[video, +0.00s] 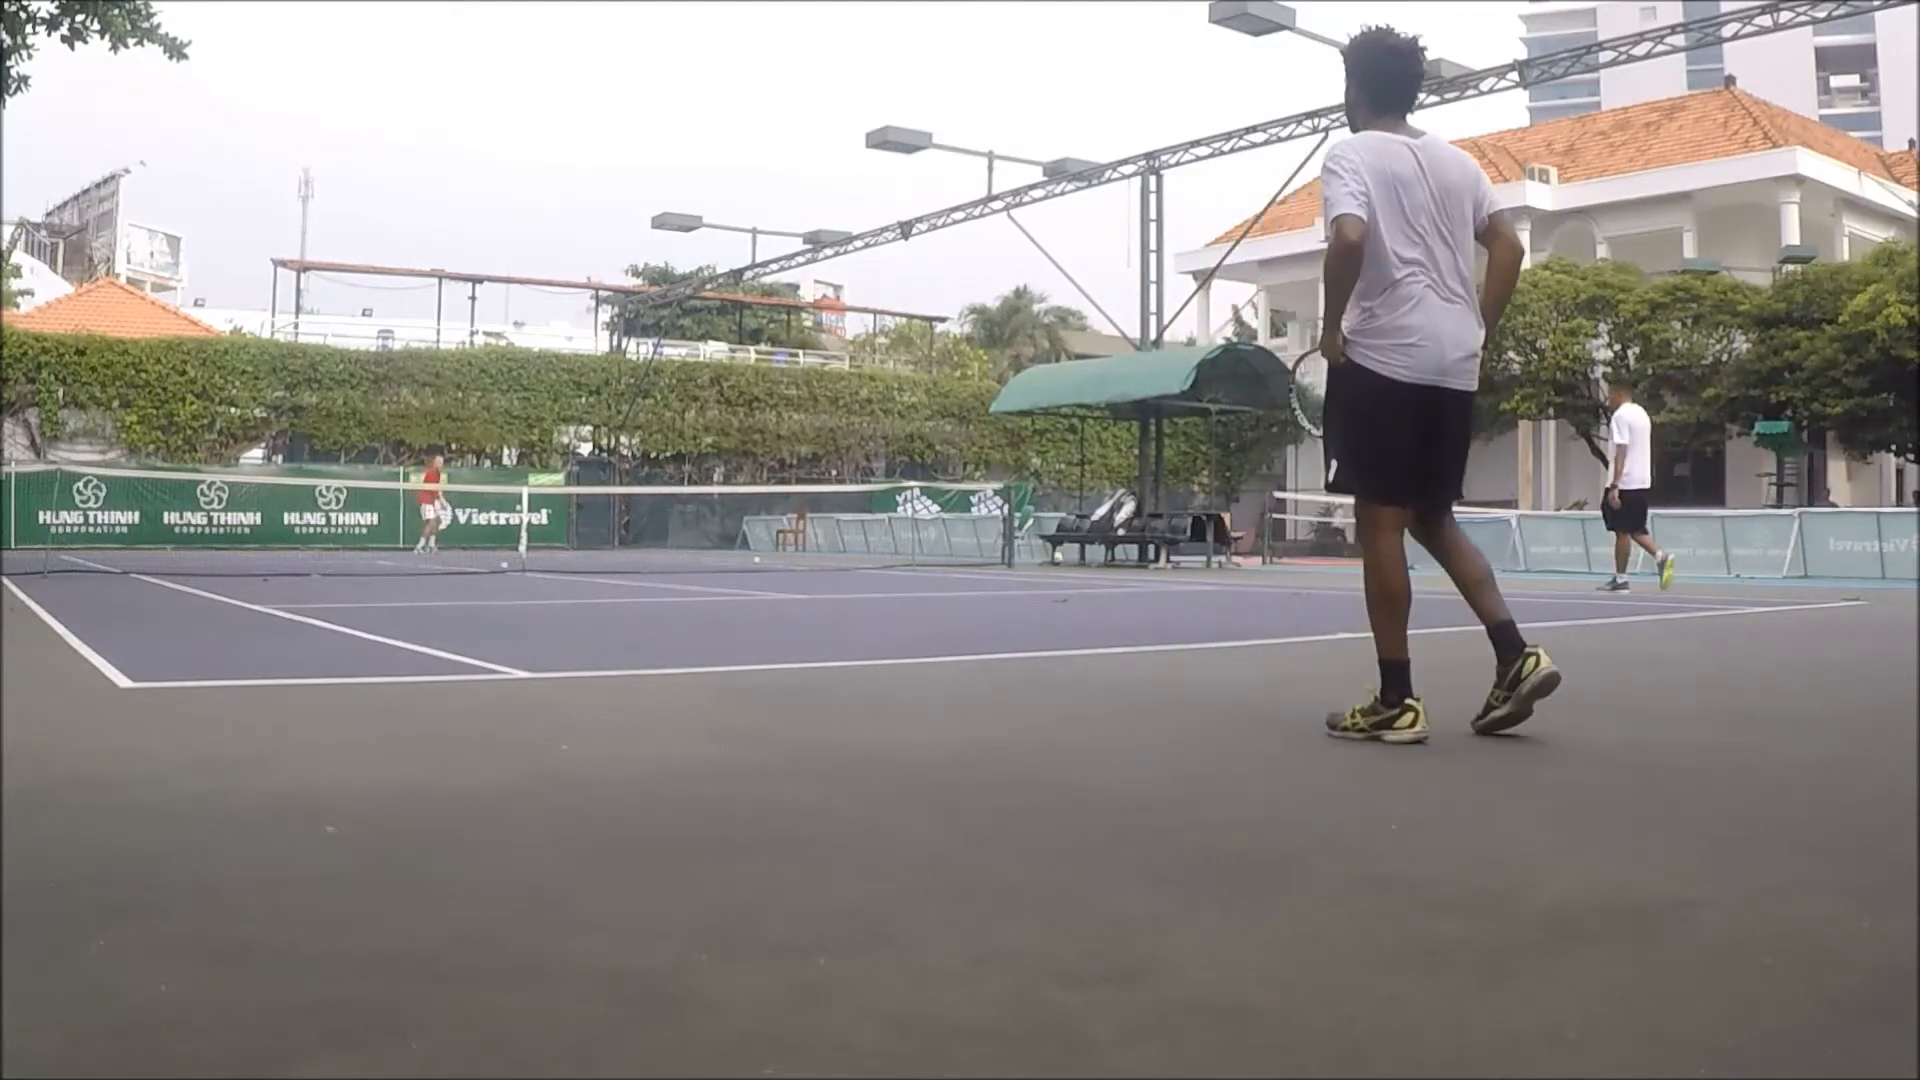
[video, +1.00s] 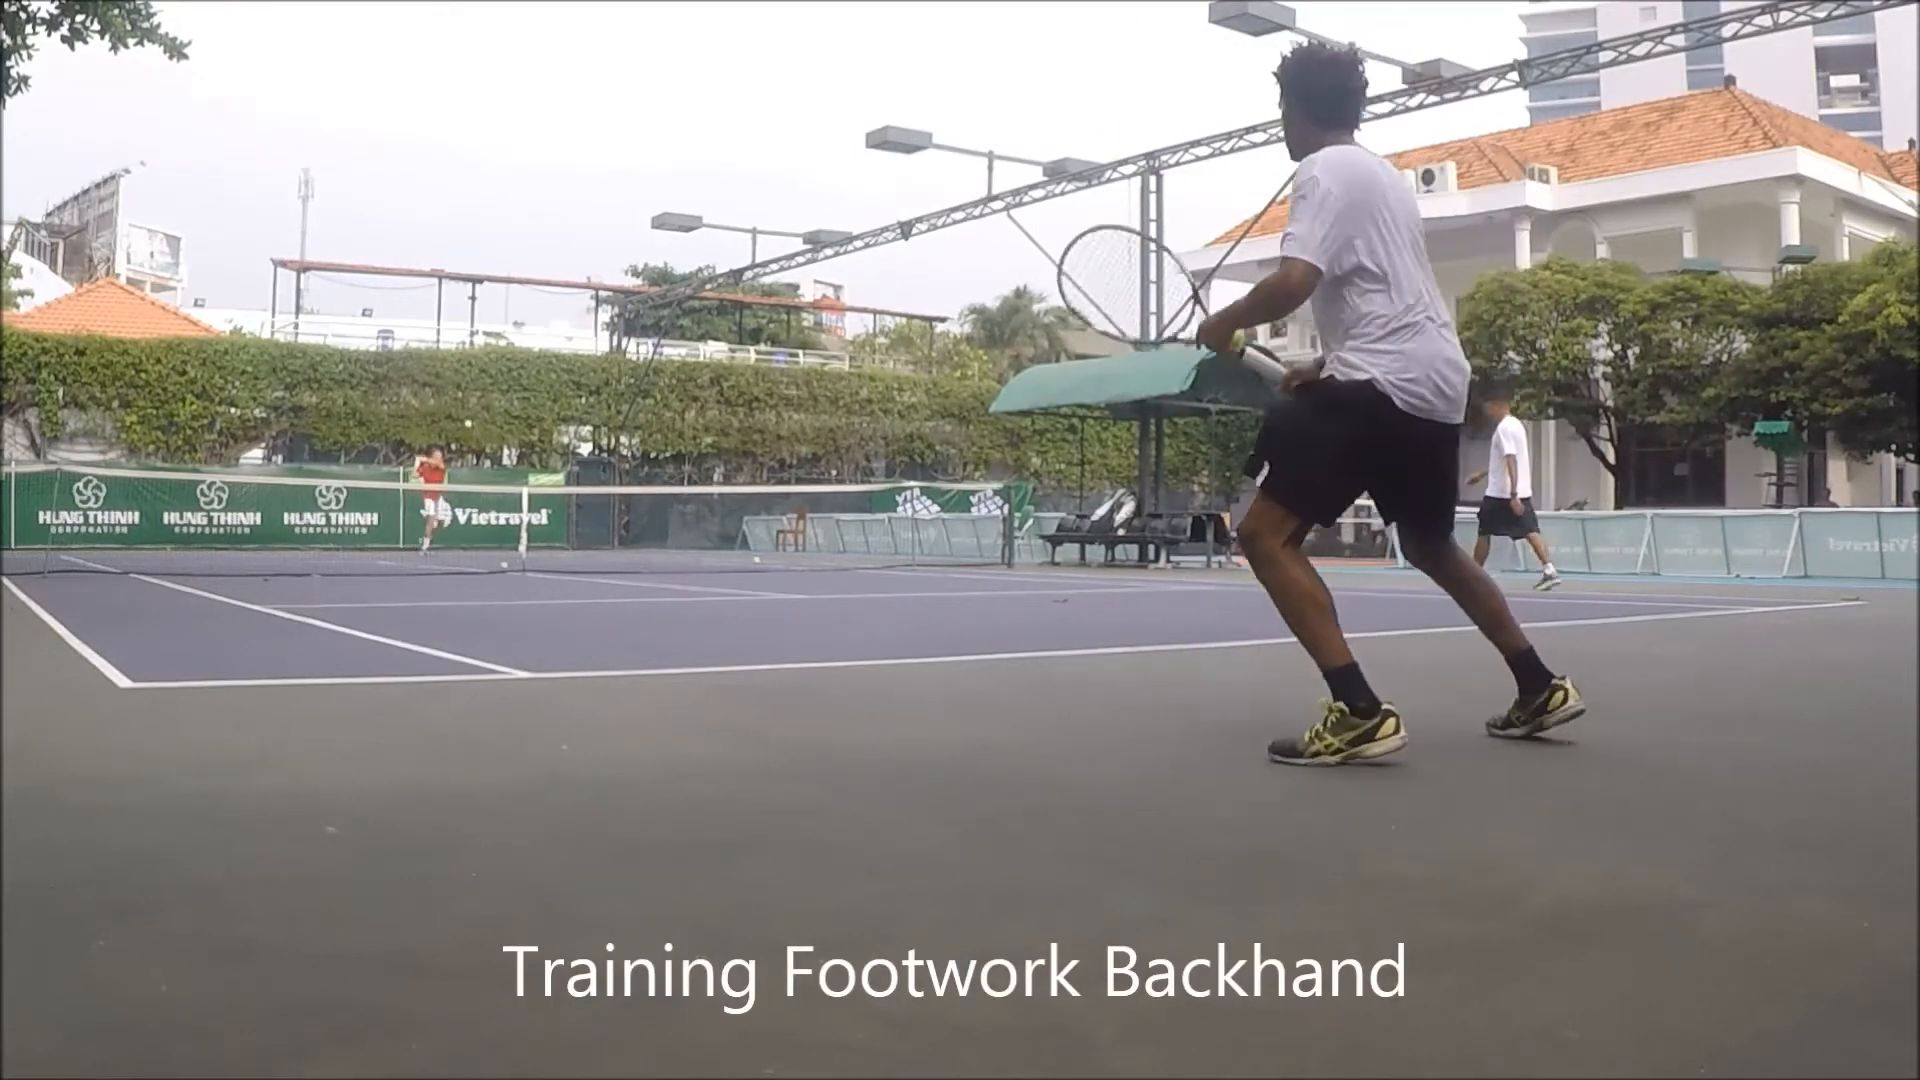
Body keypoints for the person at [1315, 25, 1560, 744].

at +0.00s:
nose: (1344, 97)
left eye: (1346, 86)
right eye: (1349, 85)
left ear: (1355, 90)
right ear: (1412, 93)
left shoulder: (1349, 154)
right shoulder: (1458, 162)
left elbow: (1349, 240)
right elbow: (1508, 248)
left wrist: (1332, 325)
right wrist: (1477, 330)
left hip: (1383, 365)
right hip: (1457, 368)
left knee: (1379, 527)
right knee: (1434, 519)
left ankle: (1396, 701)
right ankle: (1515, 655)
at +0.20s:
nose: (1384, 106)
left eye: (1386, 95)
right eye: (1388, 95)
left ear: (1396, 99)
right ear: (1455, 100)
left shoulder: (1398, 162)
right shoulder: (1498, 172)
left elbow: (1400, 267)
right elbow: (1533, 267)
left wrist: (1373, 362)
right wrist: (1492, 337)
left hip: (1418, 369)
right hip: (1496, 375)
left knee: (1384, 521)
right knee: (1491, 523)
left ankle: (1393, 696)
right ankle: (1549, 690)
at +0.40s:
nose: (1408, 96)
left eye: (1409, 85)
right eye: (1410, 86)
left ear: (1418, 85)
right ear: (1480, 88)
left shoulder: (1423, 146)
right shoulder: (1522, 166)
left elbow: (1418, 242)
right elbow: (1547, 274)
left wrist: (1385, 336)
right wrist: (1484, 323)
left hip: (1437, 355)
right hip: (1517, 365)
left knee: (1383, 503)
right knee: (1509, 519)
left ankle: (1389, 681)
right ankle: (1550, 692)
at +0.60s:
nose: (1405, 94)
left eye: (1406, 83)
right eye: (1407, 84)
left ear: (1415, 84)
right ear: (1476, 87)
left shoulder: (1419, 139)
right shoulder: (1521, 166)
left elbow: (1413, 204)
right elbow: (1547, 272)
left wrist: (1365, 284)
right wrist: (1483, 316)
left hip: (1435, 354)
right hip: (1513, 368)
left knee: (1373, 503)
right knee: (1508, 524)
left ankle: (1383, 673)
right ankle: (1552, 694)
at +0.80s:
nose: (1360, 109)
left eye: (1362, 98)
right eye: (1363, 99)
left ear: (1373, 99)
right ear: (1433, 102)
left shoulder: (1385, 148)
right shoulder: (1485, 176)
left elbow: (1391, 216)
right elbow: (1514, 279)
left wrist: (1315, 286)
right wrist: (1433, 320)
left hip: (1416, 356)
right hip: (1495, 372)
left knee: (1352, 513)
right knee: (1468, 527)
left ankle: (1351, 692)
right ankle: (1546, 688)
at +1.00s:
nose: (1280, 125)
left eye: (1282, 111)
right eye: (1280, 111)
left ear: (1297, 111)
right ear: (1353, 111)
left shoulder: (1326, 171)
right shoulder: (1389, 179)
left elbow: (1294, 281)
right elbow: (1403, 307)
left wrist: (1229, 318)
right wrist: (1328, 366)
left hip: (1372, 384)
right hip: (1439, 391)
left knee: (1264, 536)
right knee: (1429, 544)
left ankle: (1357, 709)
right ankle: (1539, 685)